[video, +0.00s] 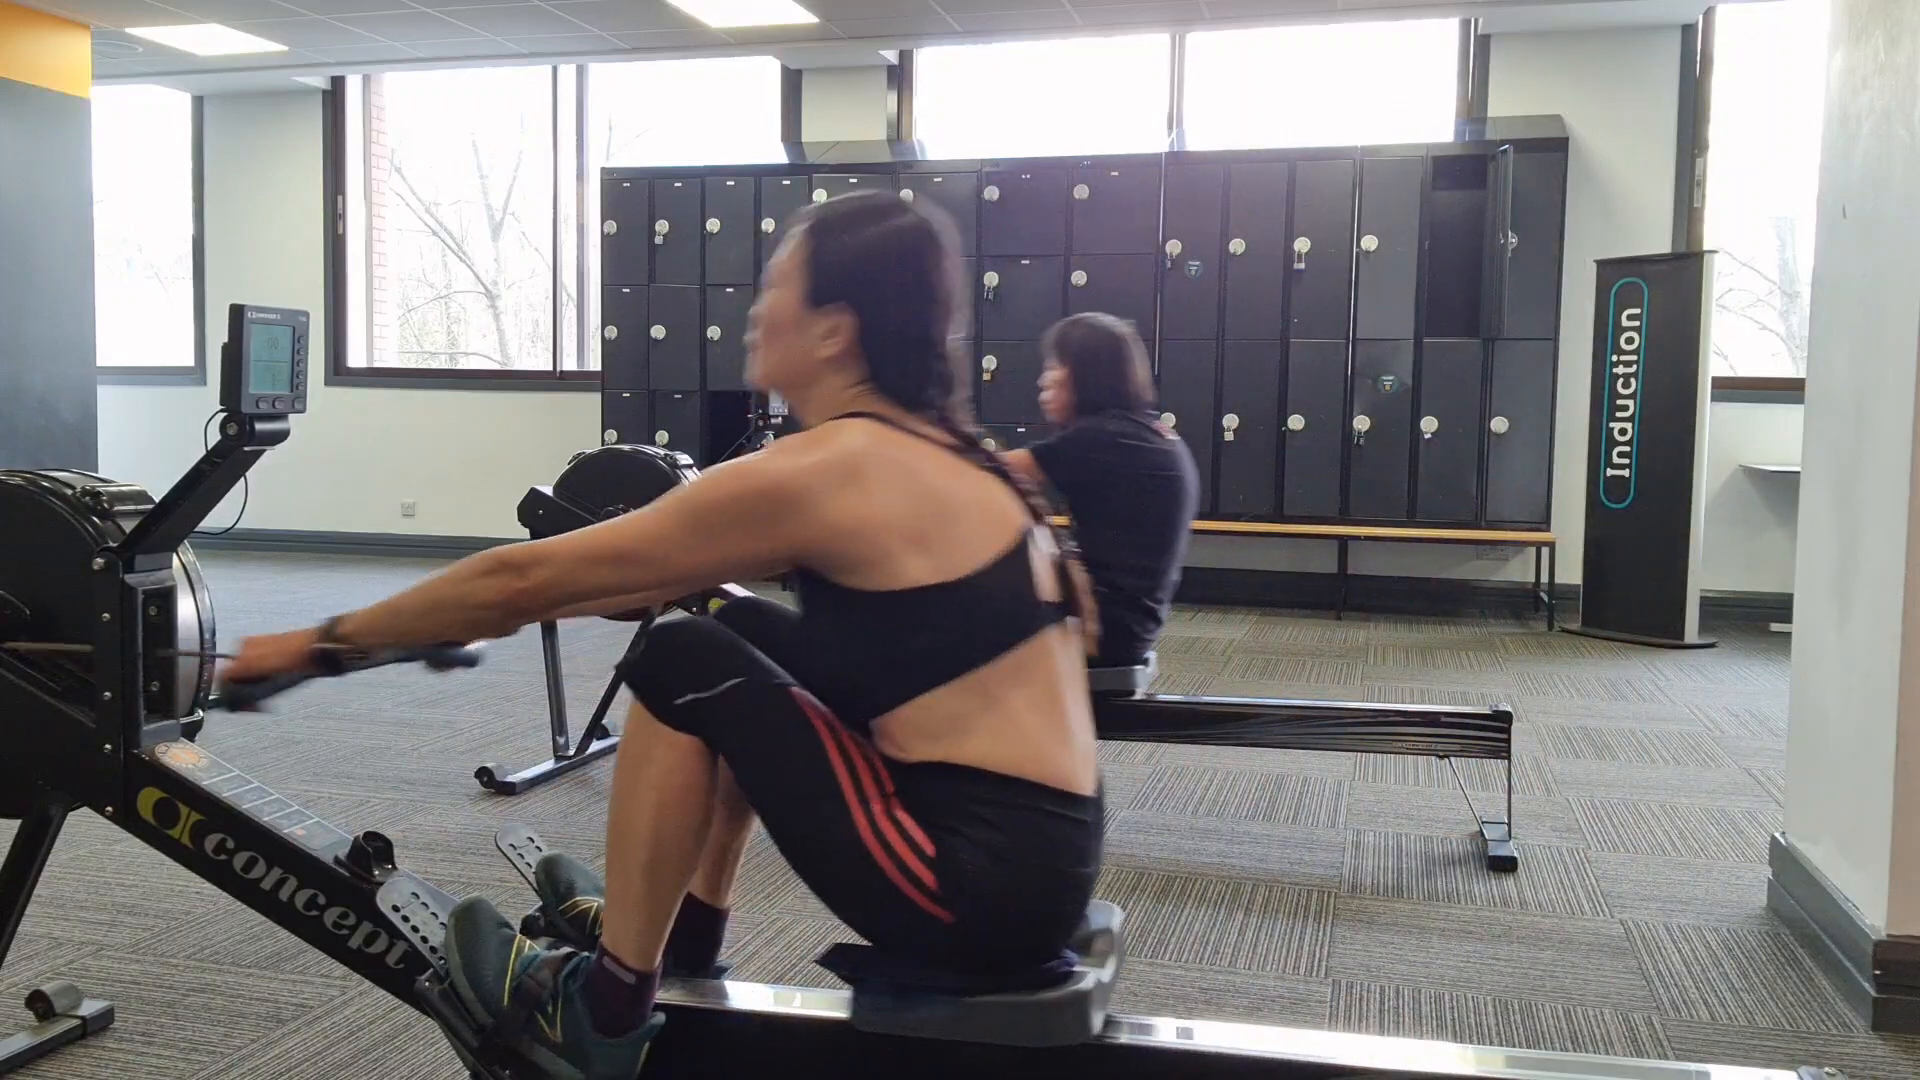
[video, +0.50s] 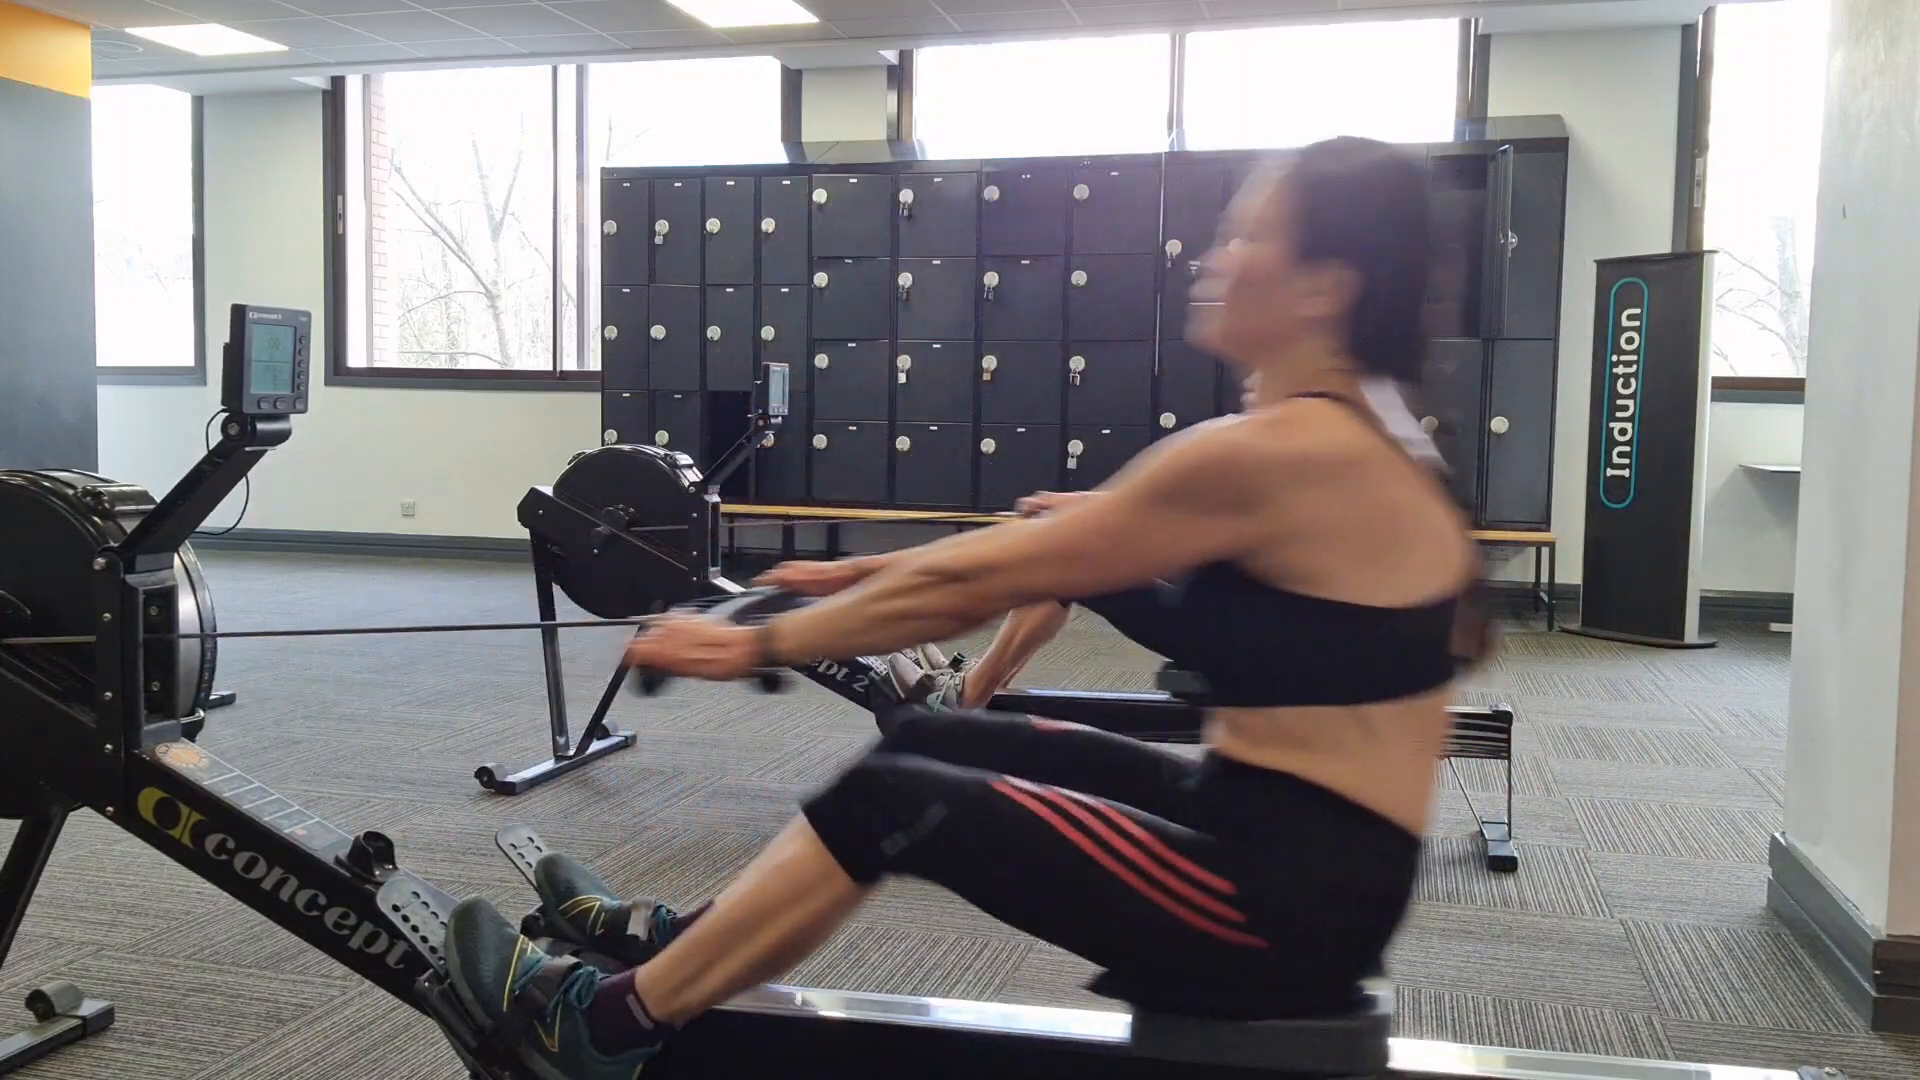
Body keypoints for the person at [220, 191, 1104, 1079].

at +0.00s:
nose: (751, 319)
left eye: (769, 297)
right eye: (761, 295)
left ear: (838, 328)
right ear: (865, 333)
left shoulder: (826, 475)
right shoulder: (947, 455)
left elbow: (531, 580)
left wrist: (319, 643)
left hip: (968, 889)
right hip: (1043, 869)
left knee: (680, 653)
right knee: (750, 639)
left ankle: (606, 1001)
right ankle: (686, 941)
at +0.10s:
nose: (826, 308)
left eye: (845, 285)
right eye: (835, 283)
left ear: (920, 318)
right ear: (936, 321)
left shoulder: (892, 467)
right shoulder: (1016, 445)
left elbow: (616, 581)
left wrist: (413, 650)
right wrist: (681, 577)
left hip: (1008, 889)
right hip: (1081, 870)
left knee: (719, 670)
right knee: (772, 640)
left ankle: (607, 1002)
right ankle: (685, 950)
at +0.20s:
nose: (911, 290)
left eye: (935, 268)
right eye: (922, 266)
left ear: (1010, 310)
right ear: (1017, 313)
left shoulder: (973, 462)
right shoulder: (1081, 433)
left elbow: (692, 582)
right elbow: (893, 533)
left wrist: (486, 645)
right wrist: (723, 537)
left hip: (1070, 886)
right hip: (1135, 850)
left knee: (760, 694)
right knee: (799, 651)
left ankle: (609, 1008)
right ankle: (684, 943)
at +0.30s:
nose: (1001, 281)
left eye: (1029, 260)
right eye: (1013, 257)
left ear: (1104, 303)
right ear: (1110, 307)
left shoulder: (1061, 457)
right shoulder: (1153, 431)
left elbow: (781, 579)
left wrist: (565, 638)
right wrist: (699, 583)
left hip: (1144, 880)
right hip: (1186, 837)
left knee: (807, 722)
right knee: (843, 674)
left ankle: (614, 1012)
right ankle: (677, 950)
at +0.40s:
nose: (1102, 268)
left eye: (1132, 248)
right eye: (1119, 242)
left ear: (1206, 292)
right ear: (1210, 295)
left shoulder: (1152, 458)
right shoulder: (1262, 433)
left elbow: (859, 585)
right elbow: (1011, 545)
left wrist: (654, 645)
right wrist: (797, 573)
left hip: (1209, 882)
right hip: (1242, 823)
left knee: (851, 757)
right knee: (884, 703)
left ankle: (614, 1019)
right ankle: (661, 955)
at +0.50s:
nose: (1209, 261)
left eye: (1243, 241)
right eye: (1223, 236)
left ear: (1328, 290)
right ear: (1313, 295)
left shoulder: (1266, 456)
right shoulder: (1325, 430)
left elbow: (983, 590)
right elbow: (1056, 540)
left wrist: (757, 645)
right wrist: (857, 569)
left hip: (1281, 886)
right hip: (1283, 812)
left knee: (906, 790)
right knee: (921, 742)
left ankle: (625, 1020)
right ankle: (682, 964)